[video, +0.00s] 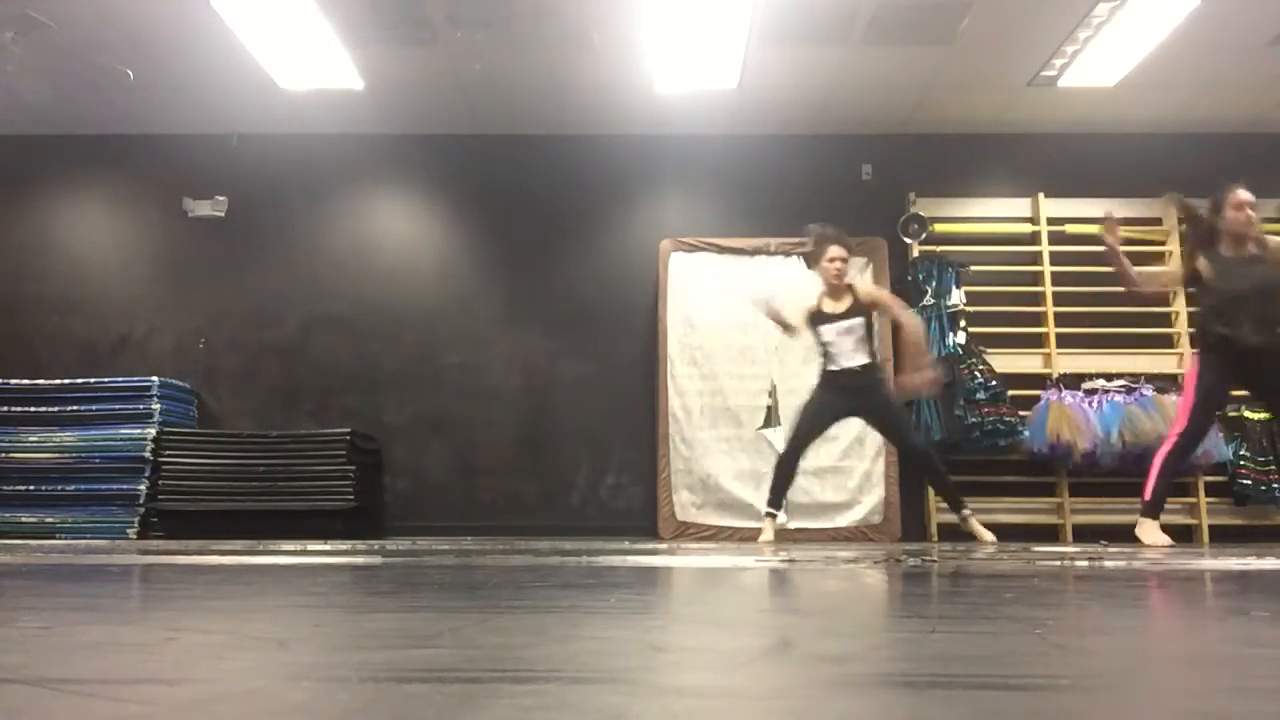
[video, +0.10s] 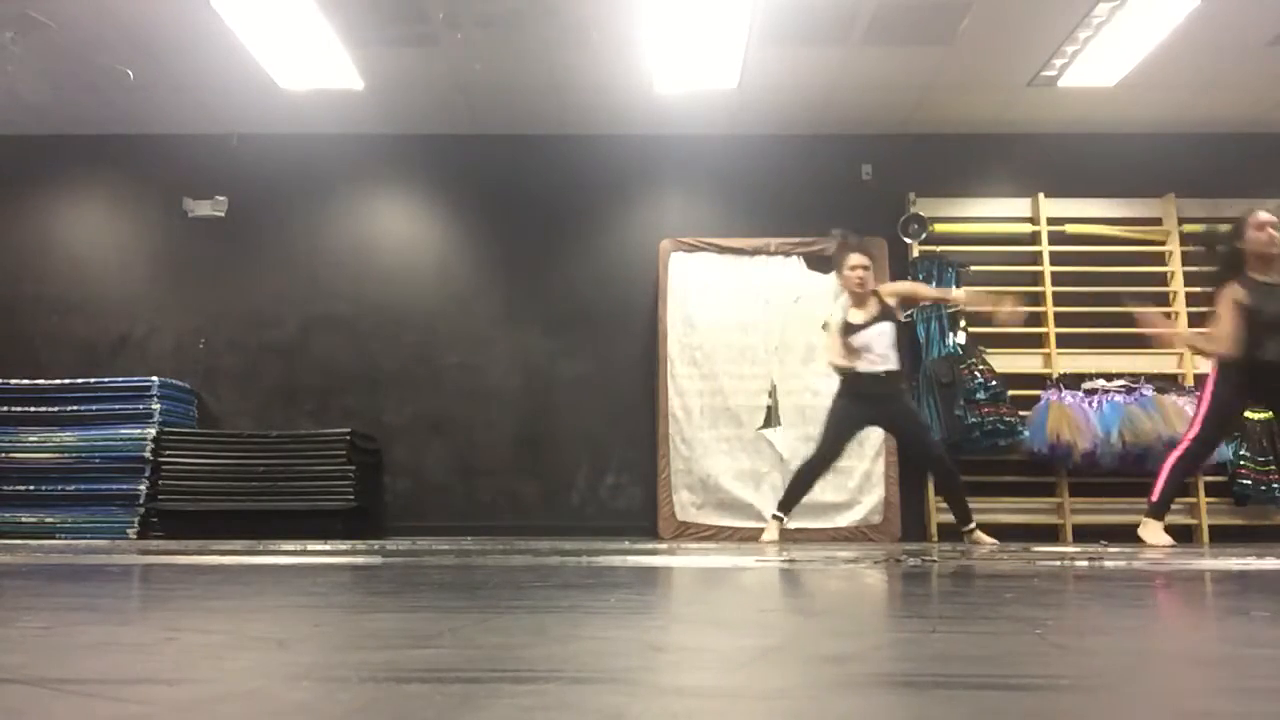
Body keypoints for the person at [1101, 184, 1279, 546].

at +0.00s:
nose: (1249, 214)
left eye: (1252, 207)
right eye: (1239, 207)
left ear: (1256, 214)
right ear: (1218, 215)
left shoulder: (1270, 250)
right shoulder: (1203, 262)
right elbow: (1140, 284)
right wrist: (1115, 250)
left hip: (1266, 357)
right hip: (1217, 357)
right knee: (1189, 432)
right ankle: (1147, 519)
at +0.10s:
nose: (1270, 233)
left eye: (1273, 226)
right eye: (1260, 228)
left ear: (1279, 236)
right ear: (1242, 241)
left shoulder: (1276, 285)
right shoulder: (1237, 291)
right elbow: (1225, 345)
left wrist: (1177, 335)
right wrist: (1177, 334)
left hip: (1271, 375)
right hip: (1236, 371)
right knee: (1202, 439)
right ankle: (1152, 519)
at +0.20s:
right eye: (1275, 236)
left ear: (1277, 243)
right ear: (1262, 246)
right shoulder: (1263, 297)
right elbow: (1272, 359)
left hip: (1266, 376)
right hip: (1232, 372)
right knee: (1210, 445)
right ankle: (1154, 526)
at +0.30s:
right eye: (1279, 253)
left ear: (1273, 256)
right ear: (1276, 256)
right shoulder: (1268, 286)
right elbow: (1242, 343)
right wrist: (1277, 353)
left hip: (1262, 382)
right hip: (1222, 377)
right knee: (1217, 445)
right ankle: (1162, 528)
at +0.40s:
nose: (1279, 265)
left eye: (1279, 258)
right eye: (1277, 258)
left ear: (1276, 261)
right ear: (1267, 260)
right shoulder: (1253, 287)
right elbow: (1186, 293)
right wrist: (1208, 339)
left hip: (1263, 393)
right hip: (1215, 384)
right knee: (1217, 444)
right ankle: (1160, 529)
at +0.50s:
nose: (1277, 264)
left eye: (1279, 258)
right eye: (1271, 257)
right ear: (1253, 264)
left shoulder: (1275, 305)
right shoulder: (1224, 288)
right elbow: (1162, 286)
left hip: (1256, 404)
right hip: (1204, 397)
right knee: (1207, 446)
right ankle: (1159, 529)